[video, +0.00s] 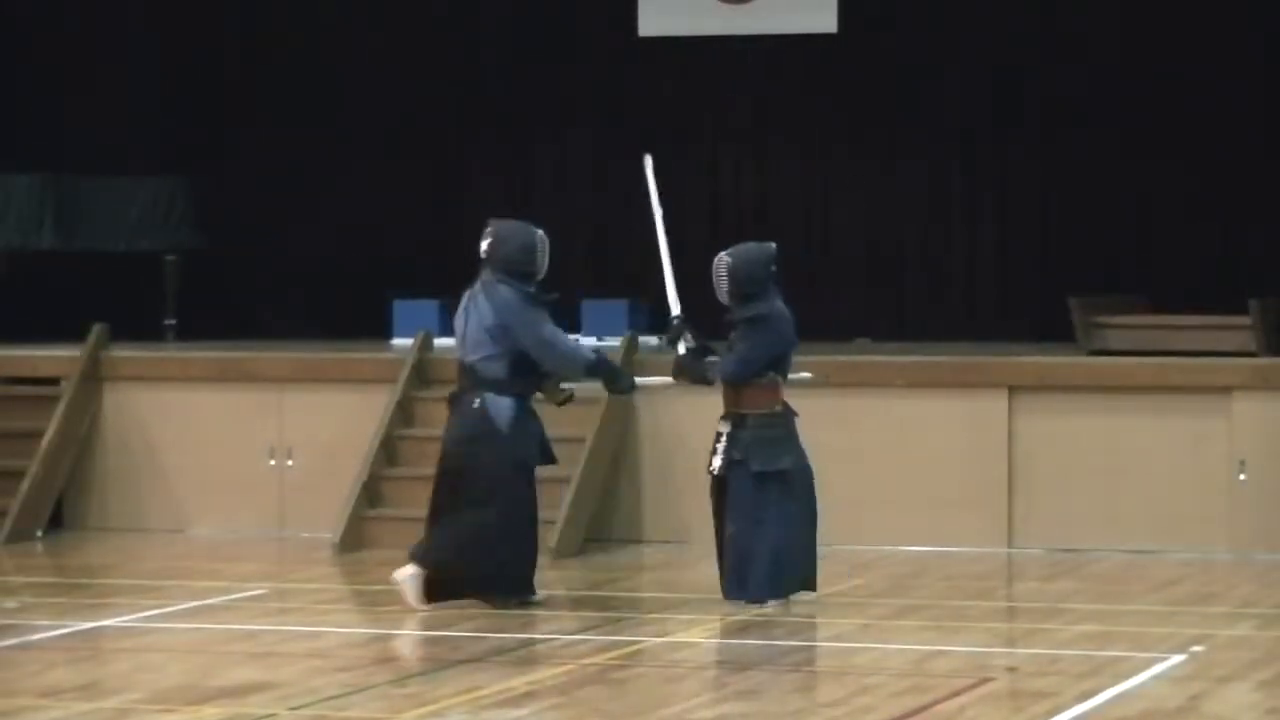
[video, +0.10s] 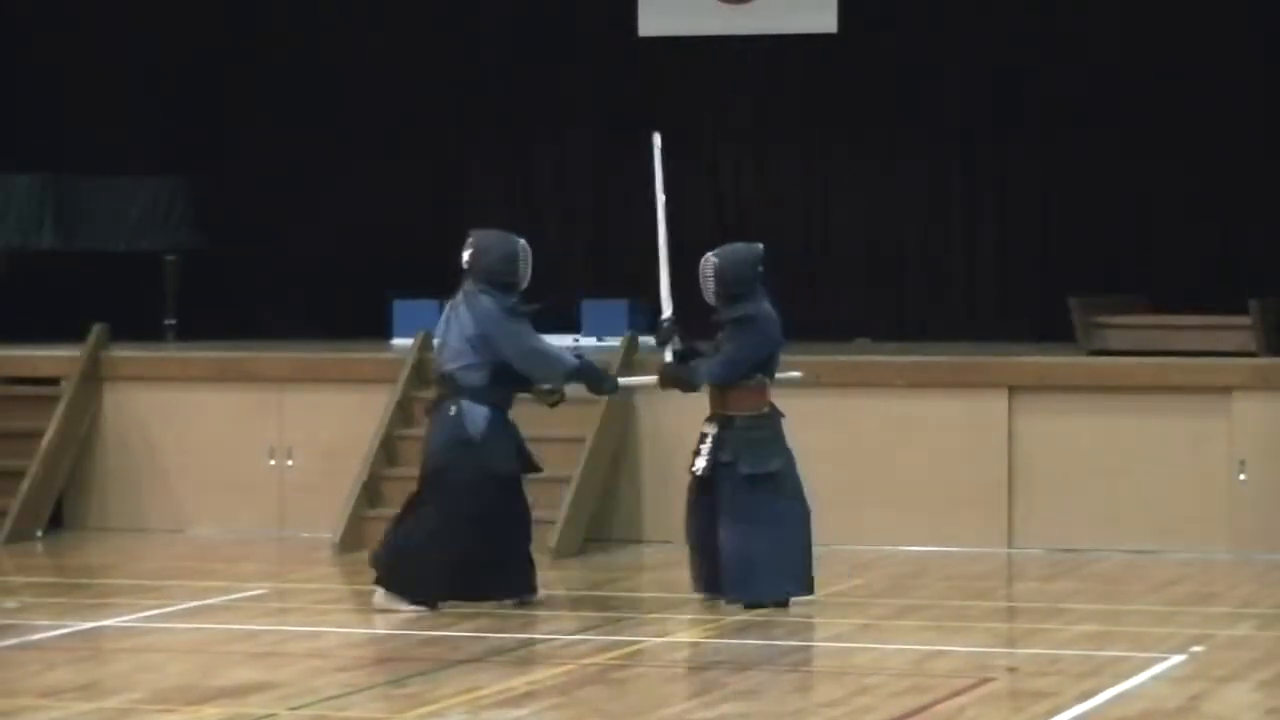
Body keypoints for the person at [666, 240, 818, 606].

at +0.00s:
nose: (723, 286)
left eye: (727, 278)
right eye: (723, 278)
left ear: (745, 280)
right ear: (754, 280)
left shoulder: (769, 322)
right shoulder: (748, 318)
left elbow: (734, 369)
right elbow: (728, 359)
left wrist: (696, 361)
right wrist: (694, 343)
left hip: (763, 430)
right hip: (743, 426)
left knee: (758, 509)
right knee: (743, 508)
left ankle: (767, 593)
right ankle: (750, 591)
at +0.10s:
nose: (709, 288)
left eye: (713, 280)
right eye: (709, 280)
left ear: (729, 281)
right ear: (742, 280)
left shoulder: (757, 324)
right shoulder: (734, 320)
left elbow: (722, 369)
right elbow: (714, 355)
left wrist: (677, 371)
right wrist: (680, 346)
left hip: (752, 429)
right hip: (725, 427)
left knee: (758, 507)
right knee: (719, 505)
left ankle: (770, 590)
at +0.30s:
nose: (676, 299)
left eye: (680, 291)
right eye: (676, 291)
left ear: (693, 291)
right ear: (711, 288)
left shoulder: (726, 331)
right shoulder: (694, 328)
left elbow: (683, 377)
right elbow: (673, 356)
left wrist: (638, 382)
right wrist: (644, 348)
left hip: (718, 437)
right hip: (685, 435)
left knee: (735, 512)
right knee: (664, 510)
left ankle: (758, 587)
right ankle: (648, 586)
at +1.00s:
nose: (576, 285)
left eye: (578, 279)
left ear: (583, 282)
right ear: (616, 278)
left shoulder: (587, 321)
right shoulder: (640, 321)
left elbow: (556, 360)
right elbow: (652, 364)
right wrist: (619, 375)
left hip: (591, 418)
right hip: (626, 418)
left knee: (577, 501)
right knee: (620, 502)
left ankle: (586, 595)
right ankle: (625, 589)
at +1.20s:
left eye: (576, 278)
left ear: (579, 282)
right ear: (615, 283)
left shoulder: (568, 325)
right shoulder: (638, 327)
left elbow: (545, 361)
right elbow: (647, 371)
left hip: (575, 422)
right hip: (620, 423)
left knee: (573, 508)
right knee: (622, 508)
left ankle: (589, 600)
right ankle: (632, 586)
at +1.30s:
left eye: (577, 280)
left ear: (579, 283)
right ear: (614, 284)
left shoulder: (568, 327)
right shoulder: (639, 329)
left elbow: (537, 359)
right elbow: (646, 372)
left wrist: (509, 329)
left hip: (575, 425)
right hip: (622, 426)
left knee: (573, 512)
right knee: (625, 510)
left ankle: (587, 604)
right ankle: (645, 579)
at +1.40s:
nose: (581, 283)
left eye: (583, 278)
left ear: (586, 282)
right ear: (623, 282)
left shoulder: (574, 325)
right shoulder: (646, 327)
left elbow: (548, 365)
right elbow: (652, 371)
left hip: (582, 424)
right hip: (630, 426)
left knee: (577, 512)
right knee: (634, 510)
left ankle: (578, 603)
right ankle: (648, 590)